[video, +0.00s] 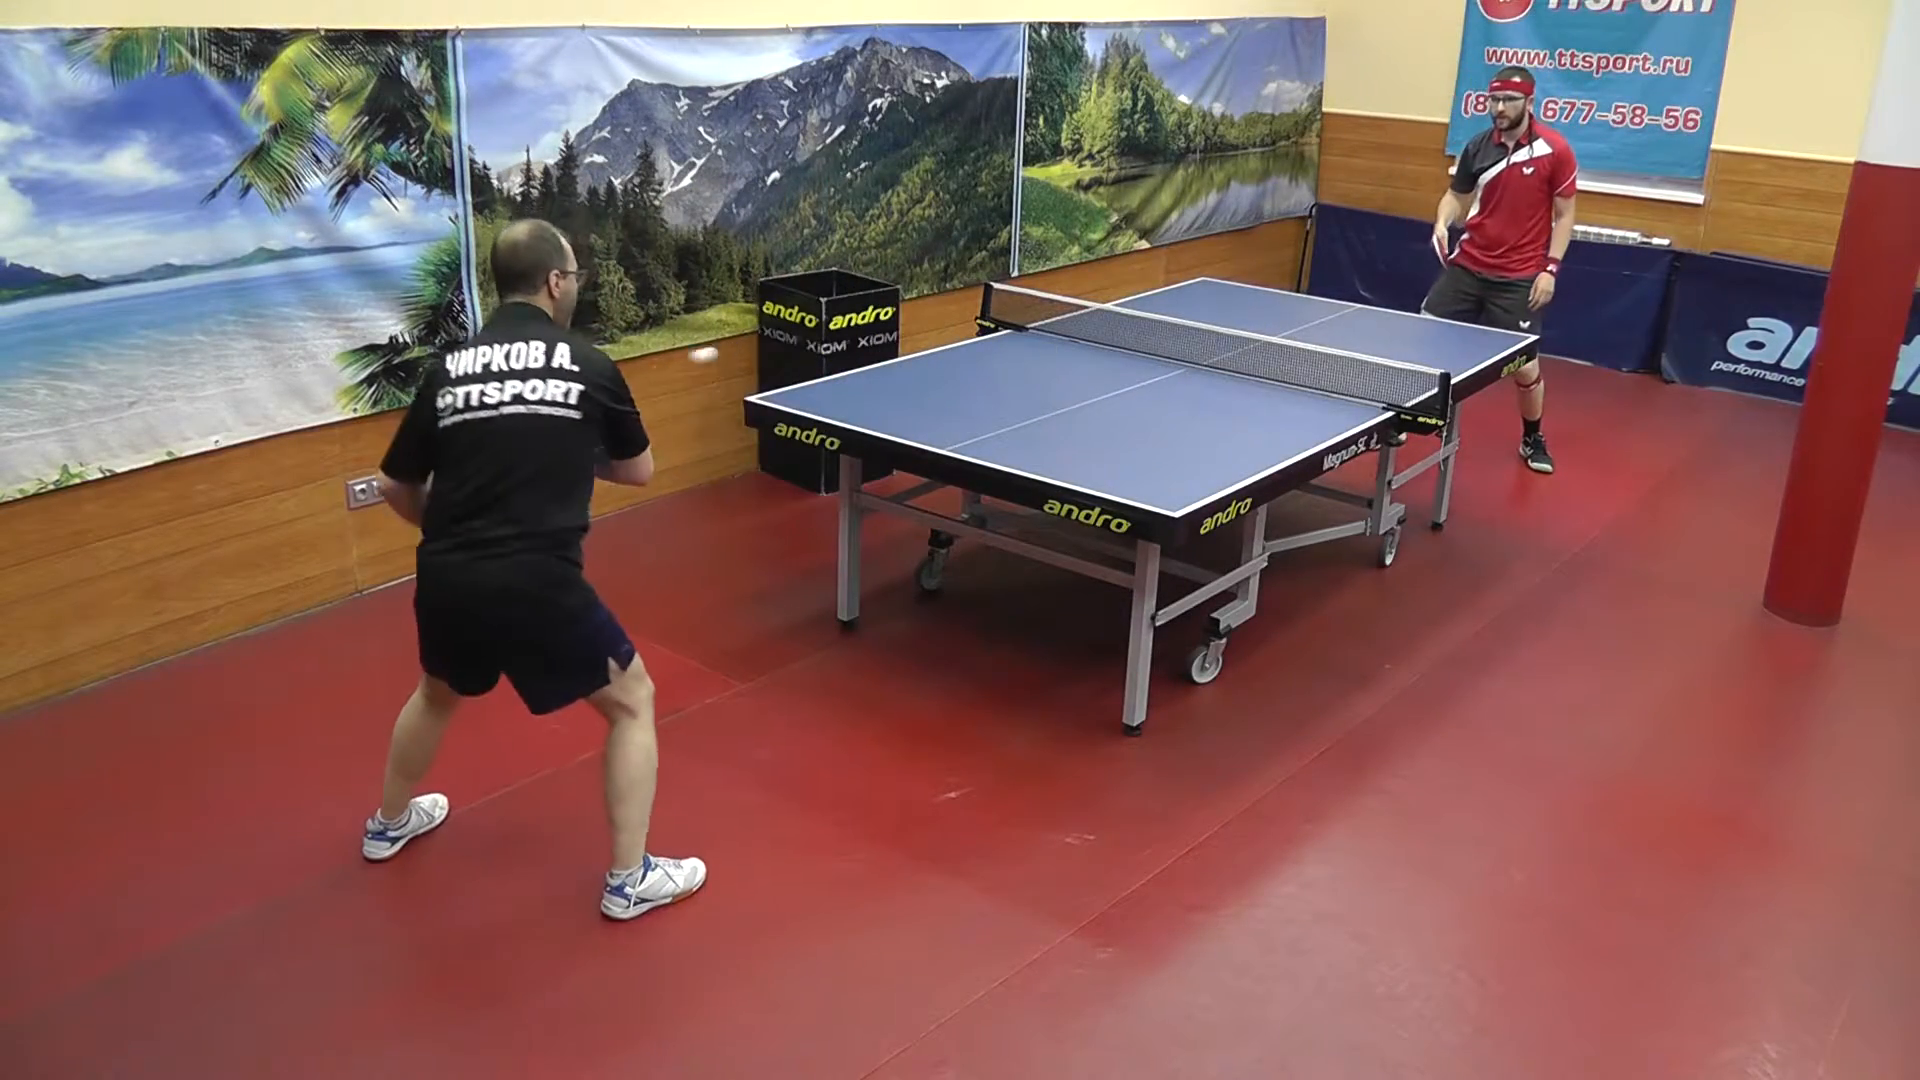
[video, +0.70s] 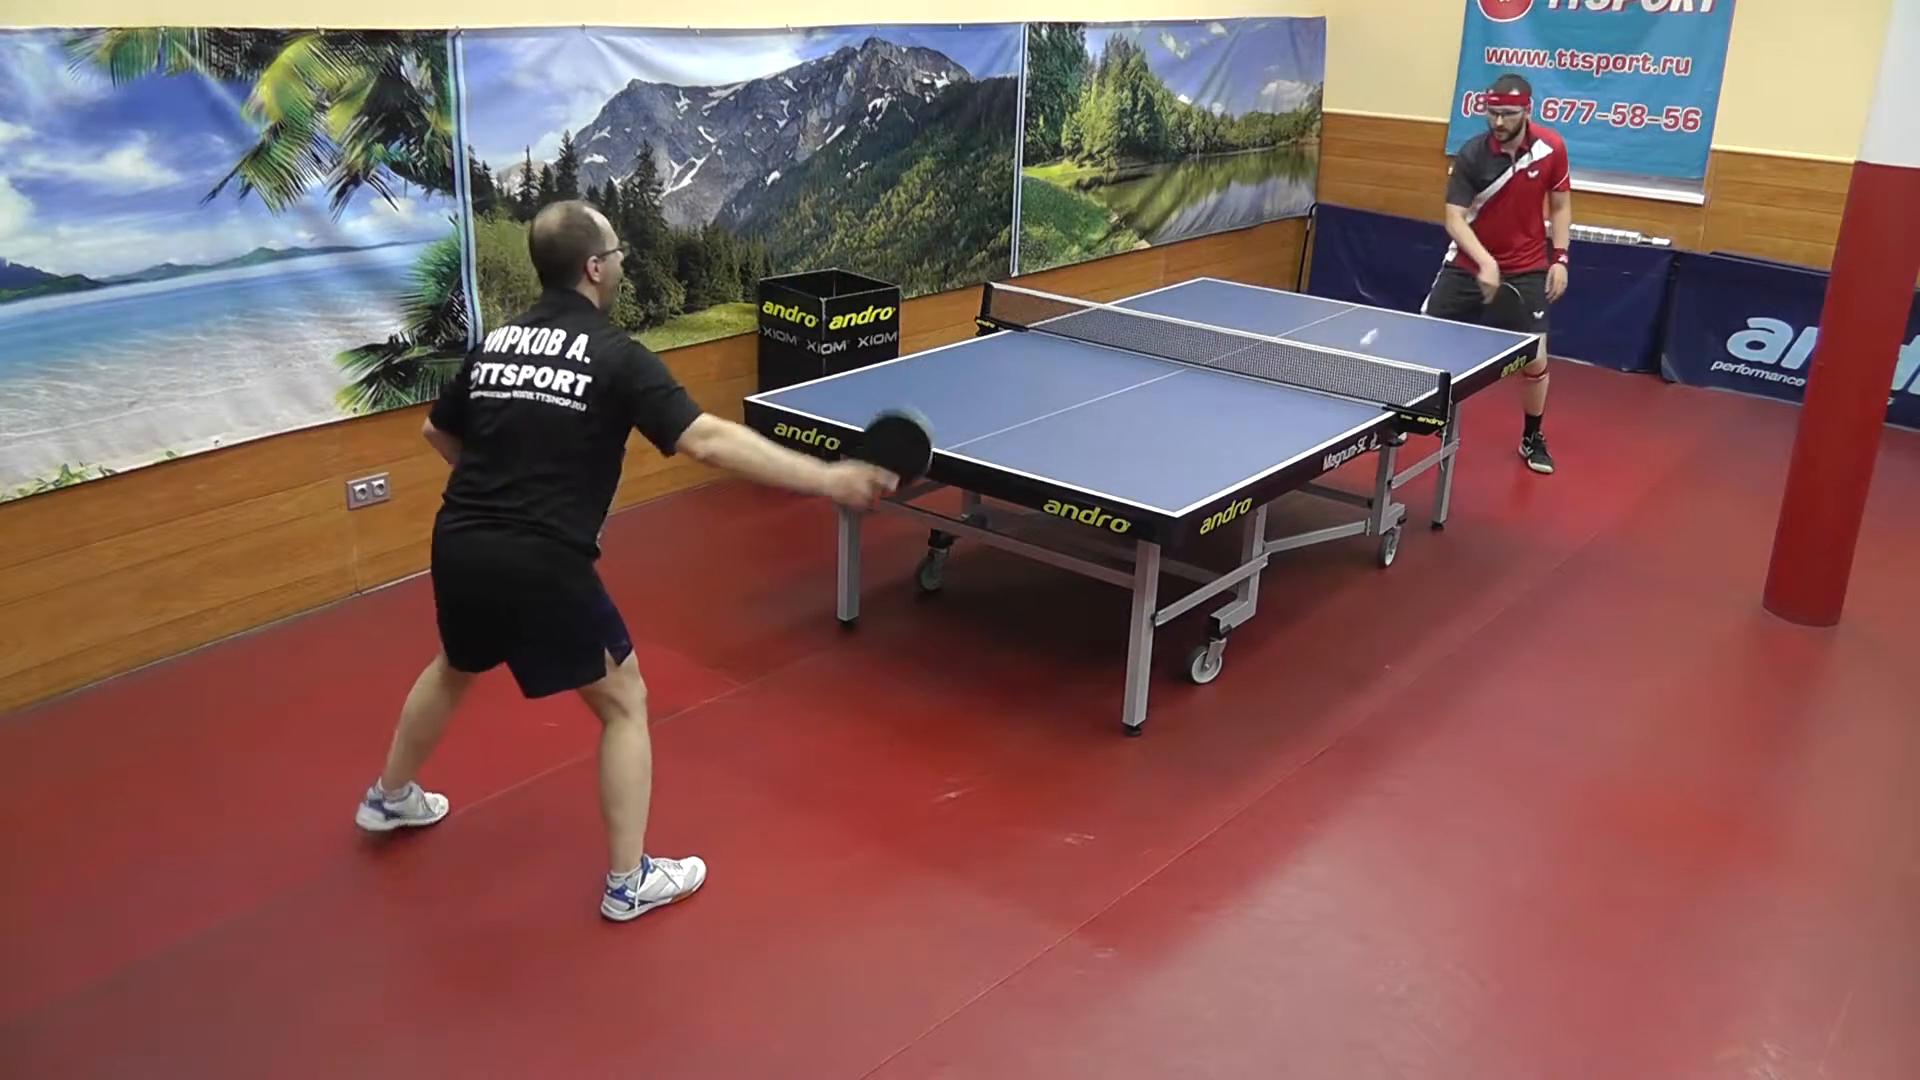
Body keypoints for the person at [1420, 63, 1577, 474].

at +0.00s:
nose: (1499, 108)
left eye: (1509, 101)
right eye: (1495, 100)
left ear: (1528, 103)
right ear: (1489, 101)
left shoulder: (1555, 152)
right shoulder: (1477, 148)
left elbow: (1564, 215)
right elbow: (1457, 196)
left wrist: (1549, 270)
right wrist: (1442, 222)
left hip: (1518, 280)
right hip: (1465, 270)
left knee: (1524, 368)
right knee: (1423, 337)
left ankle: (1532, 438)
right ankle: (1424, 409)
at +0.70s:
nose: (1498, 122)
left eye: (1508, 114)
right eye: (1492, 112)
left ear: (1527, 111)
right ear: (1485, 110)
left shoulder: (1551, 150)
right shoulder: (1472, 154)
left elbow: (1560, 207)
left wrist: (1560, 259)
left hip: (1526, 272)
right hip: (1465, 265)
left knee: (1535, 360)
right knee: (1425, 340)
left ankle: (1533, 437)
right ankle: (1420, 409)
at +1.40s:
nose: (1521, 102)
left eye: (1531, 94)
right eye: (1516, 93)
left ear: (1549, 97)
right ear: (1509, 93)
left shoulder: (1565, 150)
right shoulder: (1485, 128)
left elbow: (1566, 214)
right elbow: (1437, 152)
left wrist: (1553, 267)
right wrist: (1424, 142)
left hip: (1518, 277)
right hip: (1463, 264)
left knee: (1528, 366)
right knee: (1419, 339)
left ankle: (1531, 437)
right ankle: (1402, 413)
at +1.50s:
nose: (1507, 101)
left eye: (1518, 93)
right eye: (1502, 92)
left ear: (1536, 96)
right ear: (1496, 93)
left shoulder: (1556, 147)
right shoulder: (1477, 133)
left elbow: (1559, 214)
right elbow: (1438, 168)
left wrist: (1542, 266)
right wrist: (1419, 169)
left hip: (1513, 278)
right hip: (1457, 266)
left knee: (1523, 367)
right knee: (1414, 340)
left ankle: (1531, 437)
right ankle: (1397, 414)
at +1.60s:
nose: (1495, 99)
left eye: (1505, 91)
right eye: (1490, 90)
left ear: (1524, 94)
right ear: (1485, 92)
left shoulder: (1547, 144)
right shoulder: (1469, 134)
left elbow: (1553, 210)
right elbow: (1437, 175)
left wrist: (1534, 262)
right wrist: (1415, 187)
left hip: (1508, 276)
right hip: (1454, 265)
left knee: (1523, 366)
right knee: (1414, 338)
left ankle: (1531, 437)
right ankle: (1401, 414)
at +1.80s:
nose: (1473, 99)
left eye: (1483, 91)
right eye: (1469, 90)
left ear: (1504, 93)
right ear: (1463, 93)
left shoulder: (1532, 141)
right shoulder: (1456, 137)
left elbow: (1540, 205)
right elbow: (1428, 184)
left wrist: (1515, 257)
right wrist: (1399, 199)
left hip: (1503, 271)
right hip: (1450, 263)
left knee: (1520, 362)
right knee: (1413, 337)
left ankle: (1531, 437)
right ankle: (1406, 412)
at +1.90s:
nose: (1463, 106)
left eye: (1472, 98)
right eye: (1458, 97)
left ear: (1492, 98)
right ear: (1453, 98)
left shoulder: (1521, 145)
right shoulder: (1448, 142)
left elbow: (1534, 209)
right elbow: (1419, 187)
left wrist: (1508, 259)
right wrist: (1395, 205)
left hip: (1500, 273)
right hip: (1447, 266)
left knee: (1518, 363)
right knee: (1409, 338)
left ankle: (1531, 437)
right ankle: (1403, 413)